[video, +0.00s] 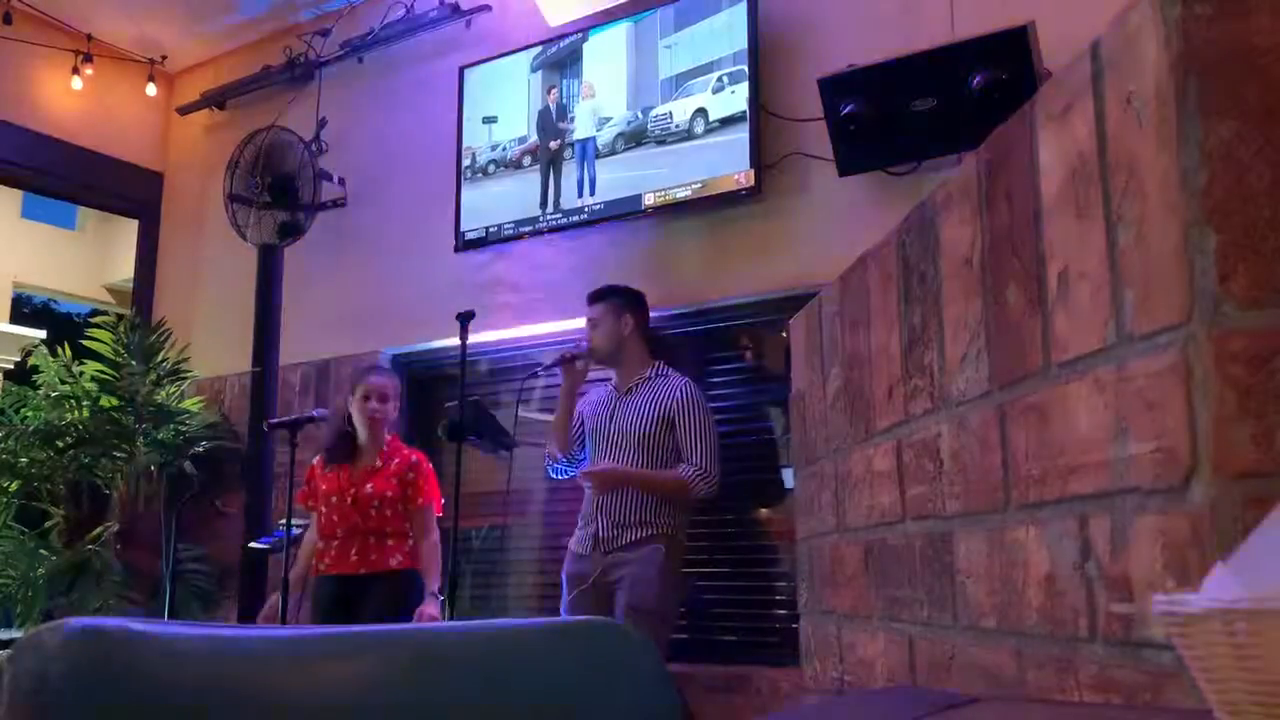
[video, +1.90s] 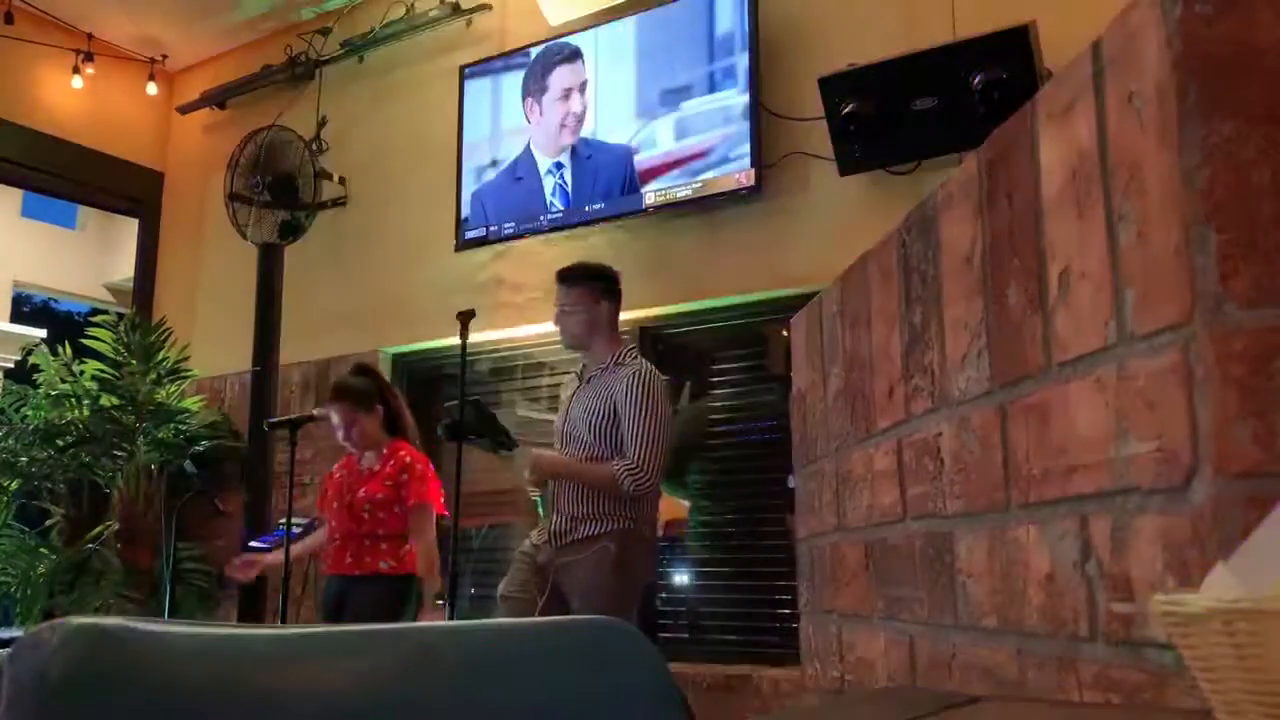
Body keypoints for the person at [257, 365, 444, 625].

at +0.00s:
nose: (374, 407)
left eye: (383, 399)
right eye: (365, 398)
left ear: (396, 407)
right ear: (350, 404)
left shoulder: (412, 464)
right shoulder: (324, 465)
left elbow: (428, 536)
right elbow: (315, 534)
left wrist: (431, 596)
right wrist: (285, 593)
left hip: (392, 586)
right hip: (333, 586)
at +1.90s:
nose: (343, 436)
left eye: (351, 425)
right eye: (338, 427)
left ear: (378, 413)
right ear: (332, 423)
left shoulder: (411, 465)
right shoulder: (342, 471)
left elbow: (424, 538)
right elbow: (329, 532)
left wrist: (431, 604)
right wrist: (266, 560)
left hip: (388, 585)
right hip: (340, 584)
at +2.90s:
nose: (337, 423)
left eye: (345, 413)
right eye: (335, 415)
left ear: (373, 408)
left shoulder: (405, 460)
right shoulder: (344, 464)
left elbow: (420, 528)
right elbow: (318, 524)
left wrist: (429, 594)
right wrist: (253, 514)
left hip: (388, 582)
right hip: (338, 581)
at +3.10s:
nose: (343, 421)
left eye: (349, 410)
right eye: (341, 412)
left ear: (376, 408)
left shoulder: (409, 462)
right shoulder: (346, 465)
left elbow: (425, 532)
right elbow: (323, 524)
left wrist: (430, 602)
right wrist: (255, 512)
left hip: (391, 581)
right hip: (342, 582)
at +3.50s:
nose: (345, 418)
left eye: (352, 409)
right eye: (343, 410)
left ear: (380, 406)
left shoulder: (414, 463)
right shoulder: (341, 464)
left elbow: (424, 534)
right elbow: (312, 517)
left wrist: (419, 598)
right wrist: (246, 496)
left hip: (390, 582)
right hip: (339, 582)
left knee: (389, 680)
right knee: (337, 680)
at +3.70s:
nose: (344, 416)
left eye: (352, 407)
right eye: (342, 408)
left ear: (381, 407)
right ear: (341, 410)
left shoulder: (414, 463)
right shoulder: (337, 464)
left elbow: (428, 537)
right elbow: (283, 502)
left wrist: (435, 605)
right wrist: (228, 469)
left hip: (392, 584)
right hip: (338, 585)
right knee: (336, 681)